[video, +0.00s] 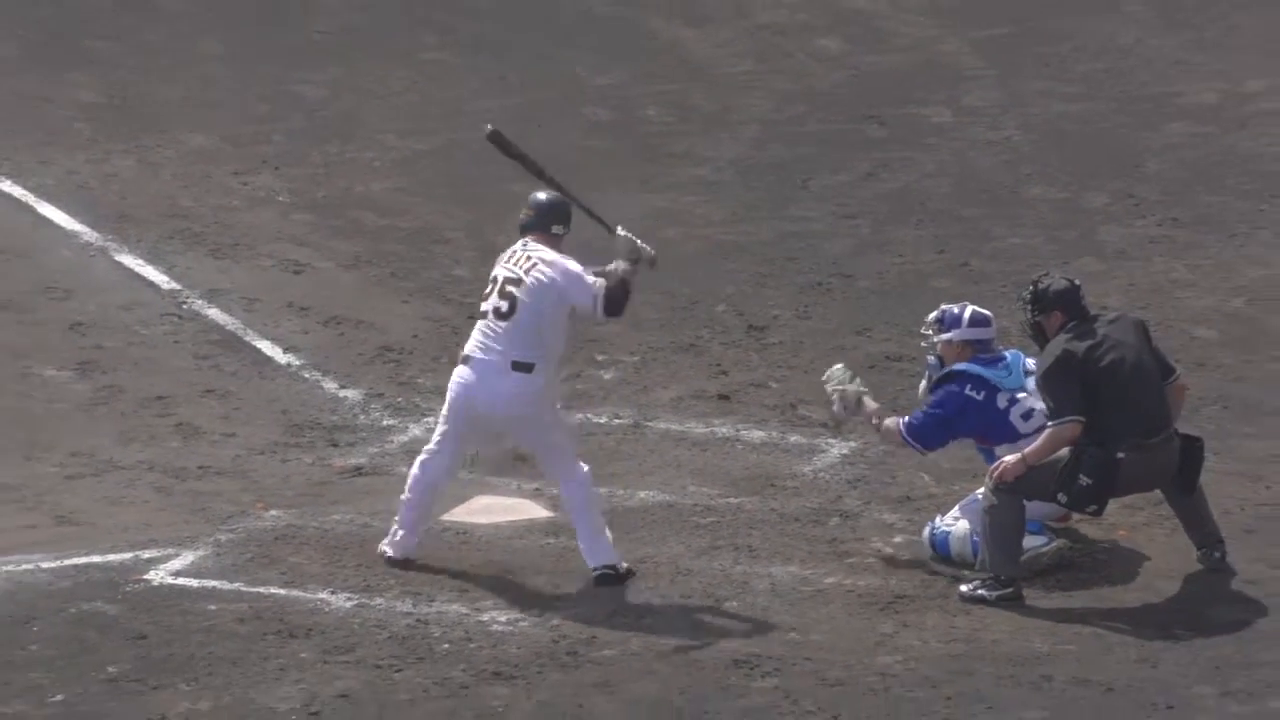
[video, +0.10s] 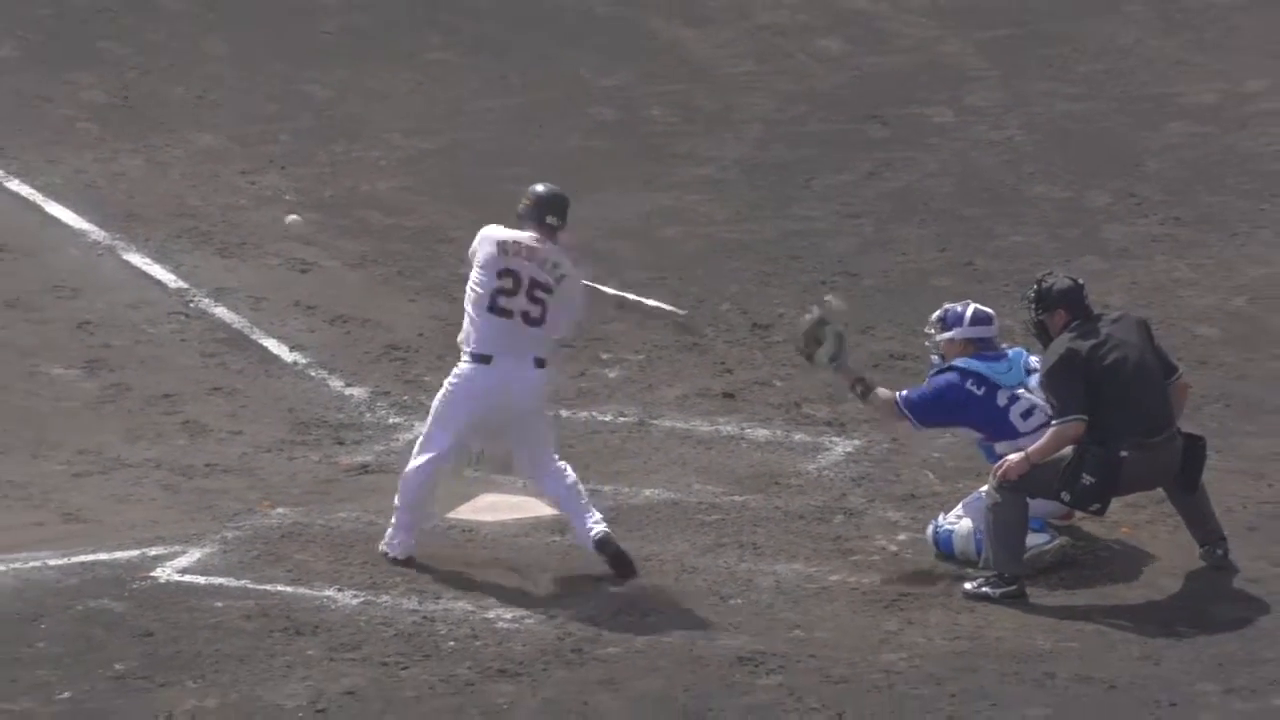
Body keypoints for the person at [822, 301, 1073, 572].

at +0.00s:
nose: (935, 348)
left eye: (940, 341)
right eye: (937, 341)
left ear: (960, 348)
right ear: (983, 343)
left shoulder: (961, 391)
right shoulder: (1018, 361)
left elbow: (910, 434)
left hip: (1039, 489)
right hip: (1078, 468)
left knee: (940, 533)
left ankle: (1032, 544)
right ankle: (1055, 513)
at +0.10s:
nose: (938, 345)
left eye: (944, 338)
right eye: (940, 337)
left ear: (964, 343)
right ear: (985, 340)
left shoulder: (959, 384)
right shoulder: (1021, 358)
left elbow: (894, 407)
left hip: (1038, 484)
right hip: (1080, 463)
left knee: (944, 532)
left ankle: (1033, 541)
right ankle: (1059, 510)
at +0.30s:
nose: (954, 351)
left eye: (960, 344)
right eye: (955, 344)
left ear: (978, 346)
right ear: (1005, 343)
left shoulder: (974, 381)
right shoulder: (1040, 362)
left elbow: (903, 398)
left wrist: (840, 369)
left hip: (1040, 494)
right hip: (1080, 480)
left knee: (948, 538)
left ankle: (1037, 548)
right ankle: (1062, 522)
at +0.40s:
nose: (965, 353)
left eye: (970, 347)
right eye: (966, 347)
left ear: (988, 352)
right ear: (1010, 349)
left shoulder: (989, 390)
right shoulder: (1041, 369)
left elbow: (927, 435)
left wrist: (869, 410)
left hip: (1048, 502)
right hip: (1080, 488)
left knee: (950, 546)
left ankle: (1037, 557)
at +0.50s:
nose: (976, 365)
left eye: (980, 359)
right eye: (977, 358)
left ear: (996, 362)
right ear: (1018, 358)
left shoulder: (1004, 403)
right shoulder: (1038, 381)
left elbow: (975, 467)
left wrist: (927, 457)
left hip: (1050, 519)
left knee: (954, 561)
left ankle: (1041, 570)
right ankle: (1049, 558)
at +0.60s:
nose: (983, 376)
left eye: (987, 369)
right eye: (983, 368)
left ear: (1004, 371)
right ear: (1028, 364)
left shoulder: (1011, 412)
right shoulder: (1051, 389)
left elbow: (1004, 486)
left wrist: (962, 467)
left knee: (960, 572)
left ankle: (1053, 585)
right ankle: (1062, 572)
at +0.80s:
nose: (990, 354)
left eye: (996, 348)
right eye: (992, 347)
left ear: (1014, 355)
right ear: (1030, 353)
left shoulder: (1010, 396)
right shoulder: (1051, 380)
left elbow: (986, 464)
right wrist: (993, 405)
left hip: (1041, 517)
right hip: (1077, 505)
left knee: (960, 578)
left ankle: (1060, 587)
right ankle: (1071, 565)